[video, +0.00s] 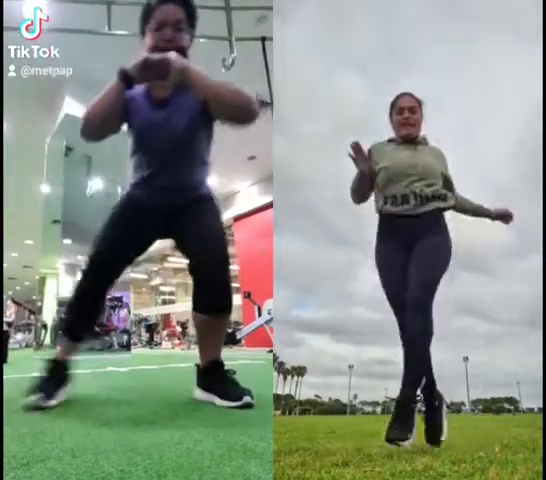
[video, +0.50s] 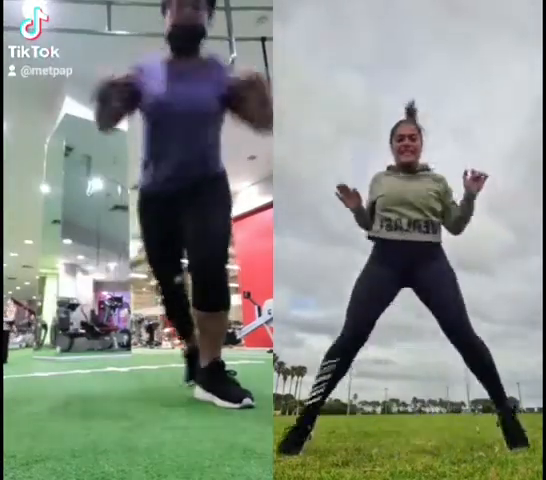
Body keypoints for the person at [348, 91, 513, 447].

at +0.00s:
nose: (407, 115)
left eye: (412, 110)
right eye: (400, 111)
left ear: (422, 118)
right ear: (391, 119)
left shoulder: (435, 155)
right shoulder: (377, 152)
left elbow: (450, 198)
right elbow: (358, 197)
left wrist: (490, 213)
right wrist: (364, 172)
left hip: (431, 232)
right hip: (391, 235)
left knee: (417, 304)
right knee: (406, 319)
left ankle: (405, 403)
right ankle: (432, 399)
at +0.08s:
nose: (408, 127)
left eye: (414, 122)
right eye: (402, 123)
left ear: (423, 129)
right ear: (392, 131)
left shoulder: (434, 166)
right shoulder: (379, 163)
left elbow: (449, 210)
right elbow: (358, 207)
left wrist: (487, 222)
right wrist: (371, 175)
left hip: (432, 243)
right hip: (391, 248)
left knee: (414, 318)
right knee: (411, 330)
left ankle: (406, 421)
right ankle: (440, 411)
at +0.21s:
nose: (408, 142)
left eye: (414, 137)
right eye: (402, 138)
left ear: (424, 145)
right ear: (393, 146)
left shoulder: (436, 185)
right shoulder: (381, 178)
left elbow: (450, 227)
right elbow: (363, 220)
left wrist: (490, 226)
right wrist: (376, 183)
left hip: (432, 263)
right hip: (390, 264)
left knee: (414, 330)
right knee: (411, 342)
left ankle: (407, 428)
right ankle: (444, 422)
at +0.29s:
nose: (408, 128)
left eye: (414, 123)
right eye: (402, 124)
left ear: (423, 130)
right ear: (392, 132)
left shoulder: (435, 167)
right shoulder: (380, 164)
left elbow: (450, 210)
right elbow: (360, 205)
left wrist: (487, 203)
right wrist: (372, 174)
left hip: (431, 246)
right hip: (390, 248)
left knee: (427, 319)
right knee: (393, 326)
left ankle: (428, 412)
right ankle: (413, 410)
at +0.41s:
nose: (407, 128)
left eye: (413, 123)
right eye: (401, 123)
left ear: (422, 129)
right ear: (392, 130)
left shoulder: (436, 167)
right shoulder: (380, 163)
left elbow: (454, 209)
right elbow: (364, 208)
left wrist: (477, 188)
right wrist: (366, 189)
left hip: (430, 244)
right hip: (388, 243)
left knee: (449, 321)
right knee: (369, 323)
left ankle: (471, 407)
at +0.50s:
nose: (407, 143)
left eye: (413, 138)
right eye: (400, 139)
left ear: (421, 144)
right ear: (392, 147)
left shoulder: (436, 182)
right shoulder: (381, 180)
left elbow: (455, 225)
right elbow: (371, 227)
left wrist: (469, 196)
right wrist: (358, 209)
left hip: (429, 263)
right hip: (384, 263)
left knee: (462, 335)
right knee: (352, 336)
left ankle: (507, 414)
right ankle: (306, 419)